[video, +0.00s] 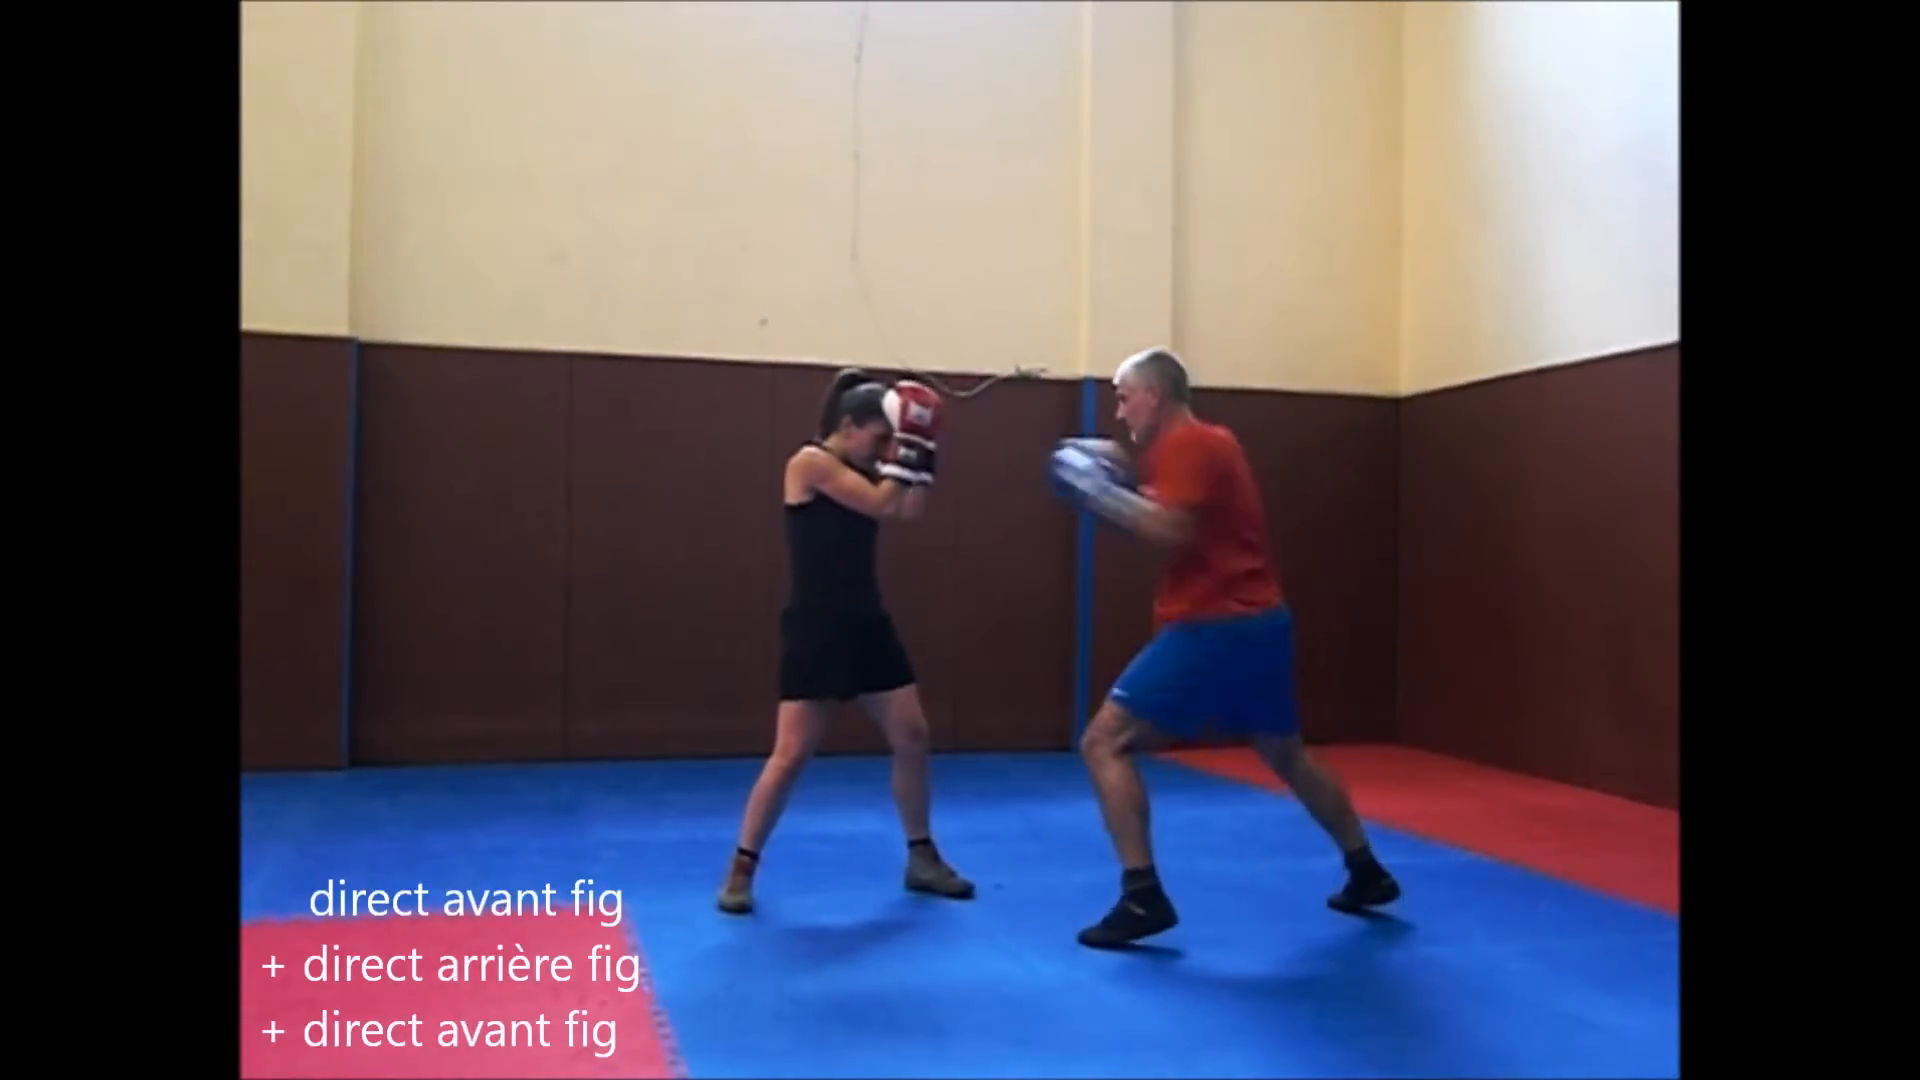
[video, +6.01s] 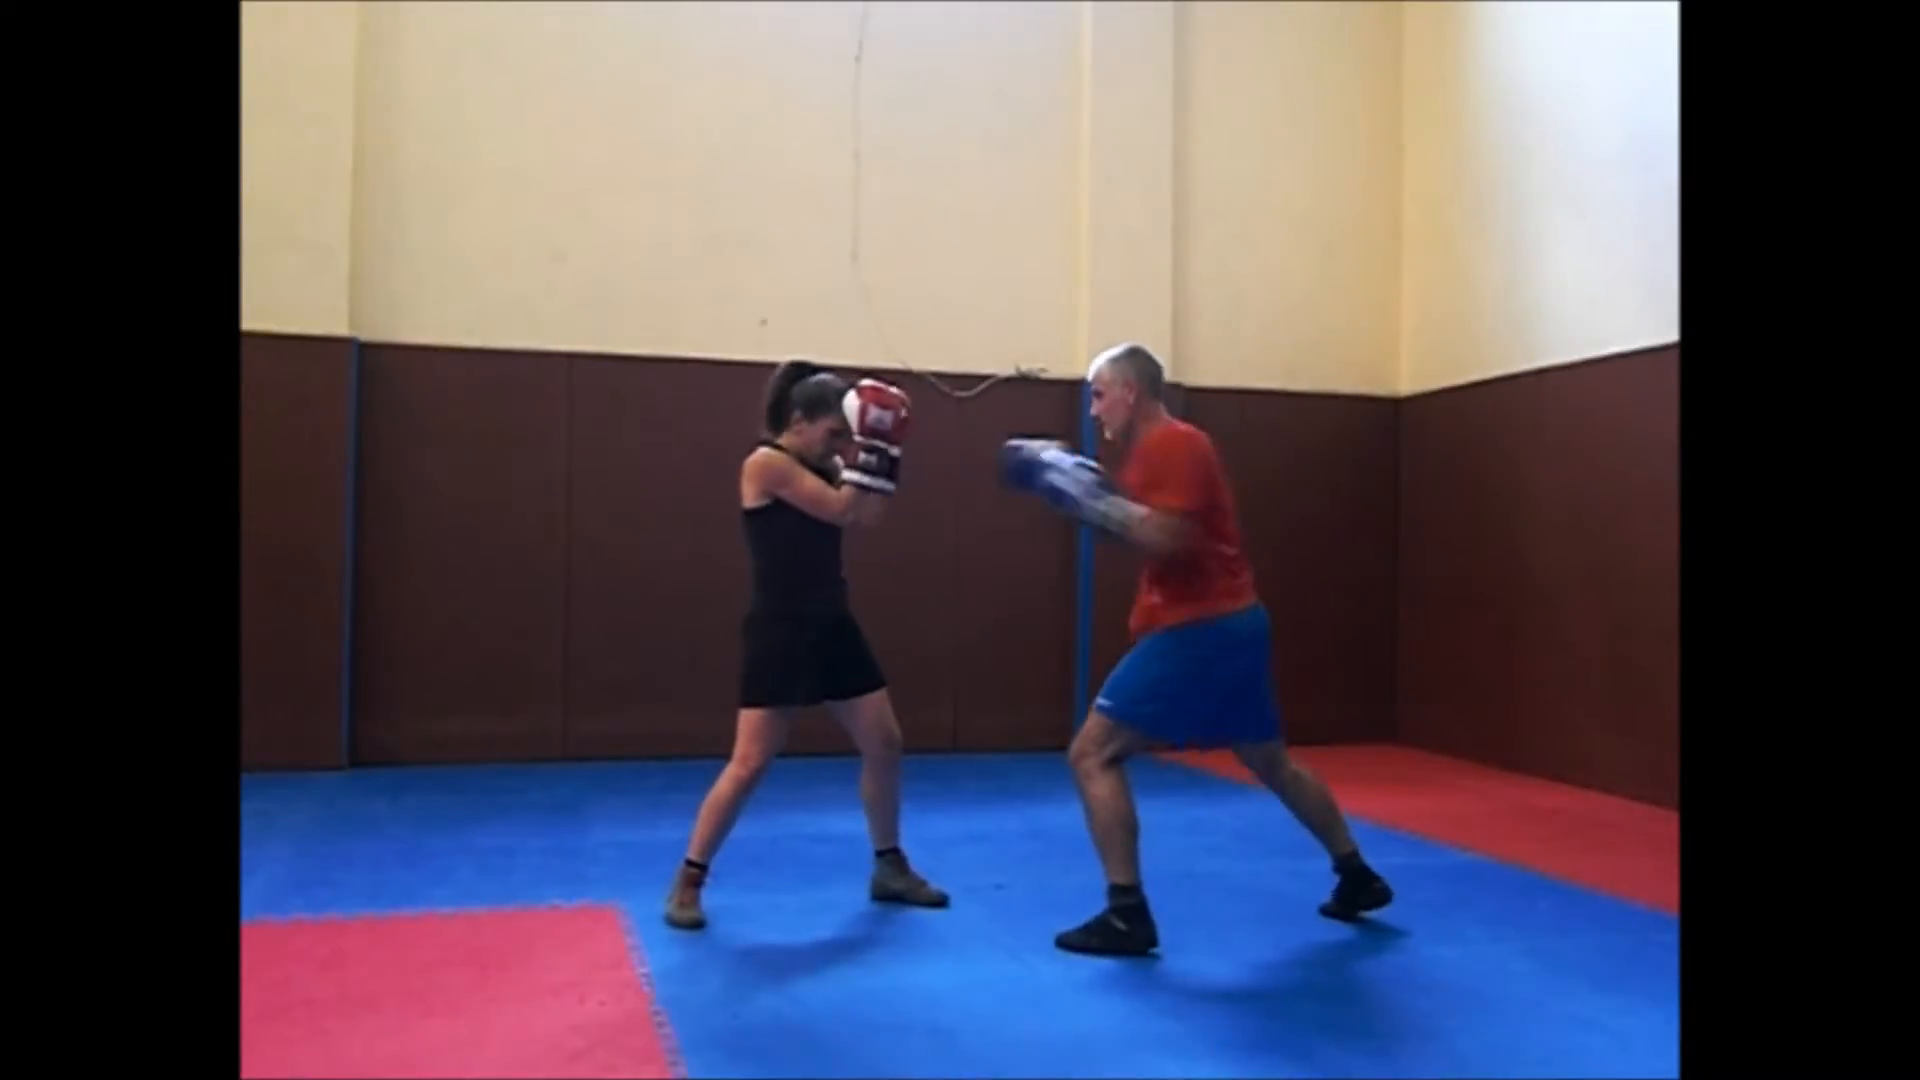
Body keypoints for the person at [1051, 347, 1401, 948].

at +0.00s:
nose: (1118, 411)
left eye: (1125, 398)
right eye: (1117, 399)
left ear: (1157, 397)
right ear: (1167, 399)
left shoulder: (1185, 446)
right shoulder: (1211, 440)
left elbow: (1170, 526)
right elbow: (1184, 506)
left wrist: (1096, 494)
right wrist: (1124, 476)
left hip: (1206, 630)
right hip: (1259, 624)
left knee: (1104, 744)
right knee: (1289, 756)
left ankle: (1142, 897)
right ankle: (1367, 871)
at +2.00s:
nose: (1220, 395)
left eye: (1226, 381)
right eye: (1218, 383)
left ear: (1260, 376)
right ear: (1267, 377)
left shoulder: (1281, 434)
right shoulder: (1300, 433)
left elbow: (1202, 499)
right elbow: (1213, 495)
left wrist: (1167, 438)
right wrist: (1171, 443)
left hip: (1284, 619)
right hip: (1325, 618)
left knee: (1200, 743)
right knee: (1318, 756)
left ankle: (1205, 908)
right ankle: (1375, 890)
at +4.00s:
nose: (1191, 416)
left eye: (1195, 403)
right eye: (1189, 405)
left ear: (1223, 395)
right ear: (1237, 396)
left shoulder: (1250, 448)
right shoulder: (1277, 447)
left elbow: (1161, 505)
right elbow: (1182, 497)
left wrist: (1149, 438)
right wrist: (1153, 434)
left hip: (1268, 638)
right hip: (1307, 635)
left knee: (1164, 751)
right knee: (1321, 771)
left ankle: (1181, 913)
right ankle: (1405, 894)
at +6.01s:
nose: (1094, 408)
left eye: (1101, 394)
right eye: (1092, 396)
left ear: (1136, 393)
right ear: (1133, 395)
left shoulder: (1176, 445)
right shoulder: (1143, 452)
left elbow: (1169, 534)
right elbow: (1140, 520)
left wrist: (1089, 496)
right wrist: (1073, 483)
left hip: (1192, 634)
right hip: (1234, 628)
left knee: (1091, 755)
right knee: (1272, 763)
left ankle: (1127, 914)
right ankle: (1357, 875)